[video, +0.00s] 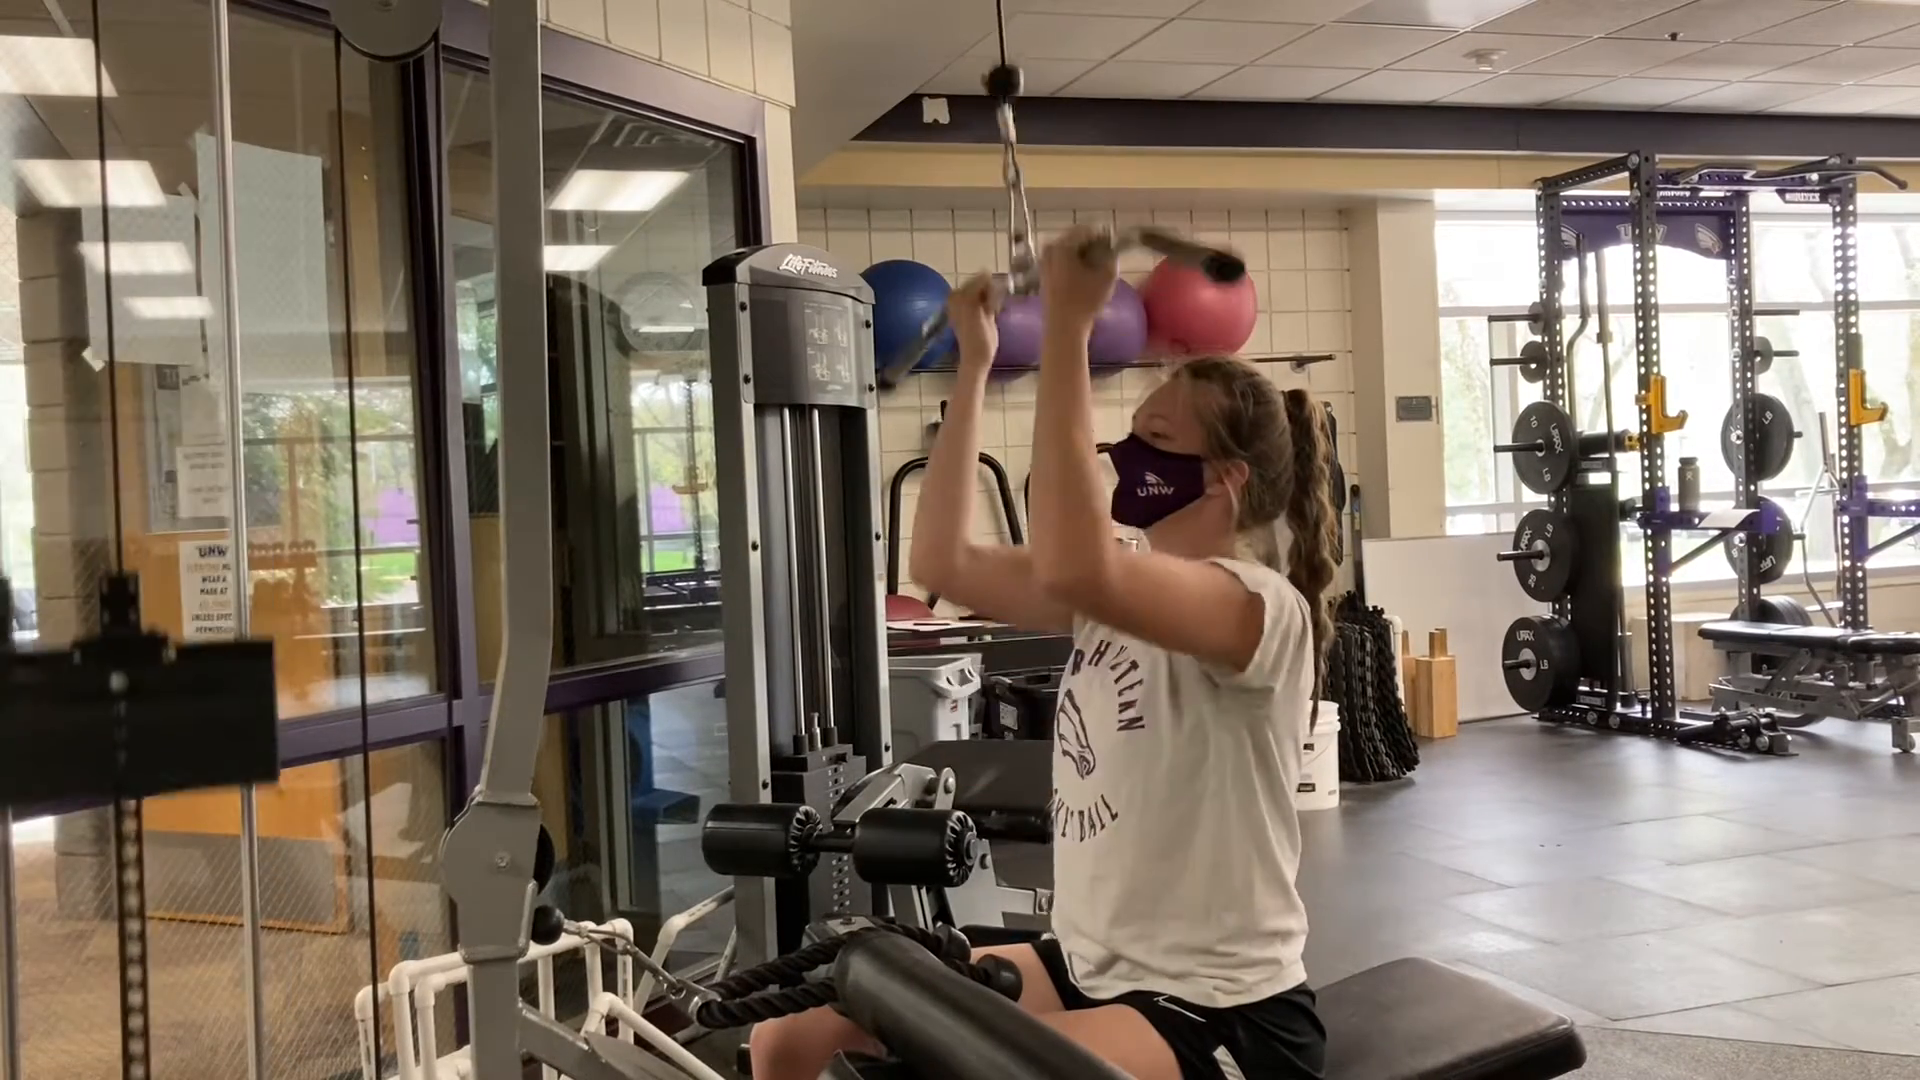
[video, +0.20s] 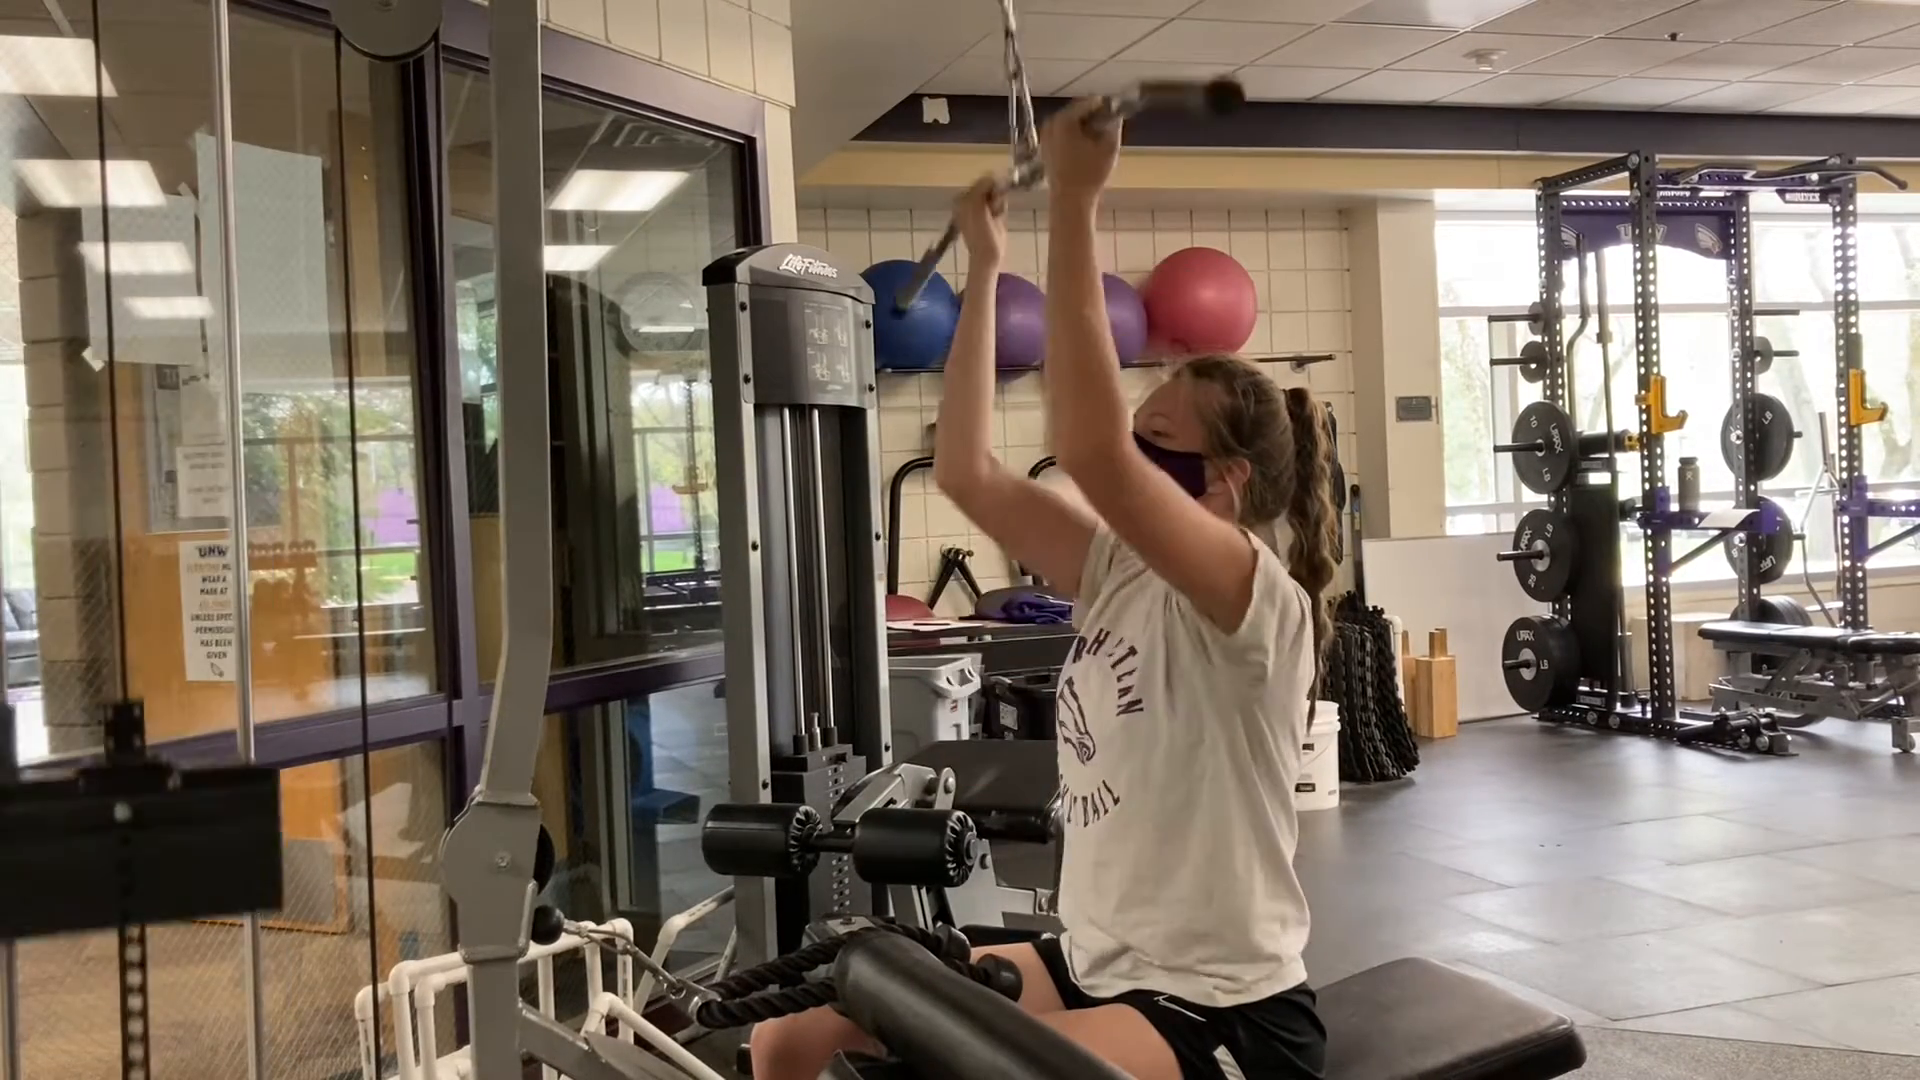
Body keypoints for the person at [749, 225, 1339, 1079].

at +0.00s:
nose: (1119, 462)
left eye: (1150, 449)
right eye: (1127, 443)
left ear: (1227, 481)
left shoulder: (1263, 609)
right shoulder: (1114, 580)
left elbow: (1080, 571)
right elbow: (941, 562)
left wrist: (1066, 333)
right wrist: (973, 366)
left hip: (1224, 1011)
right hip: (1090, 964)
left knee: (975, 1066)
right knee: (790, 1041)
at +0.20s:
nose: (1128, 445)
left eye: (1158, 437)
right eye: (1133, 428)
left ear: (1227, 479)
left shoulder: (1256, 597)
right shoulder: (1108, 568)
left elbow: (1093, 449)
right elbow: (968, 471)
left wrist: (1074, 203)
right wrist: (986, 269)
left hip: (1222, 1010)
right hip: (1089, 964)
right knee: (788, 1038)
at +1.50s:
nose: (1114, 469)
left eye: (1142, 451)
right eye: (1118, 446)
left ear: (1223, 473)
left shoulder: (1262, 593)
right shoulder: (1109, 575)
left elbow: (1068, 596)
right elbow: (941, 581)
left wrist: (1098, 368)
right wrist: (975, 395)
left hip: (1225, 1006)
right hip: (1087, 961)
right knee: (790, 1041)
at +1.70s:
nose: (1117, 444)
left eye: (1142, 430)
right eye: (1123, 426)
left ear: (1209, 474)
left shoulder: (1263, 605)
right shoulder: (1128, 593)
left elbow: (1090, 747)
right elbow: (974, 717)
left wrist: (1101, 519)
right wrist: (987, 526)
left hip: (1224, 1002)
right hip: (1094, 960)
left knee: (970, 1060)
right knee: (788, 1042)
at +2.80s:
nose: (1123, 470)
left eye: (1152, 456)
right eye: (1128, 450)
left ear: (1229, 483)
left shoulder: (1263, 605)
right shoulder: (1125, 584)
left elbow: (1082, 618)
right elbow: (944, 609)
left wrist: (1081, 377)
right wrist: (977, 420)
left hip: (1226, 1012)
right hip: (1092, 966)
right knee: (789, 1038)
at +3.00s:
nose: (1128, 469)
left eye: (1156, 458)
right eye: (1129, 447)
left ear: (1232, 486)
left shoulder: (1269, 607)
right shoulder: (1112, 575)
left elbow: (1091, 506)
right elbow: (959, 517)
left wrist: (1085, 264)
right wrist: (982, 319)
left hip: (1225, 1009)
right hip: (1091, 964)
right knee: (786, 1039)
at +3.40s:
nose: (1143, 443)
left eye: (1172, 419)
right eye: (1146, 421)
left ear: (1233, 453)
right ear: (1145, 435)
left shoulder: (1251, 586)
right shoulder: (1107, 549)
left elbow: (1154, 361)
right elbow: (1000, 370)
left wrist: (1105, 97)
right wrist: (984, 158)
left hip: (1224, 1010)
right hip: (1095, 971)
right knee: (791, 1041)